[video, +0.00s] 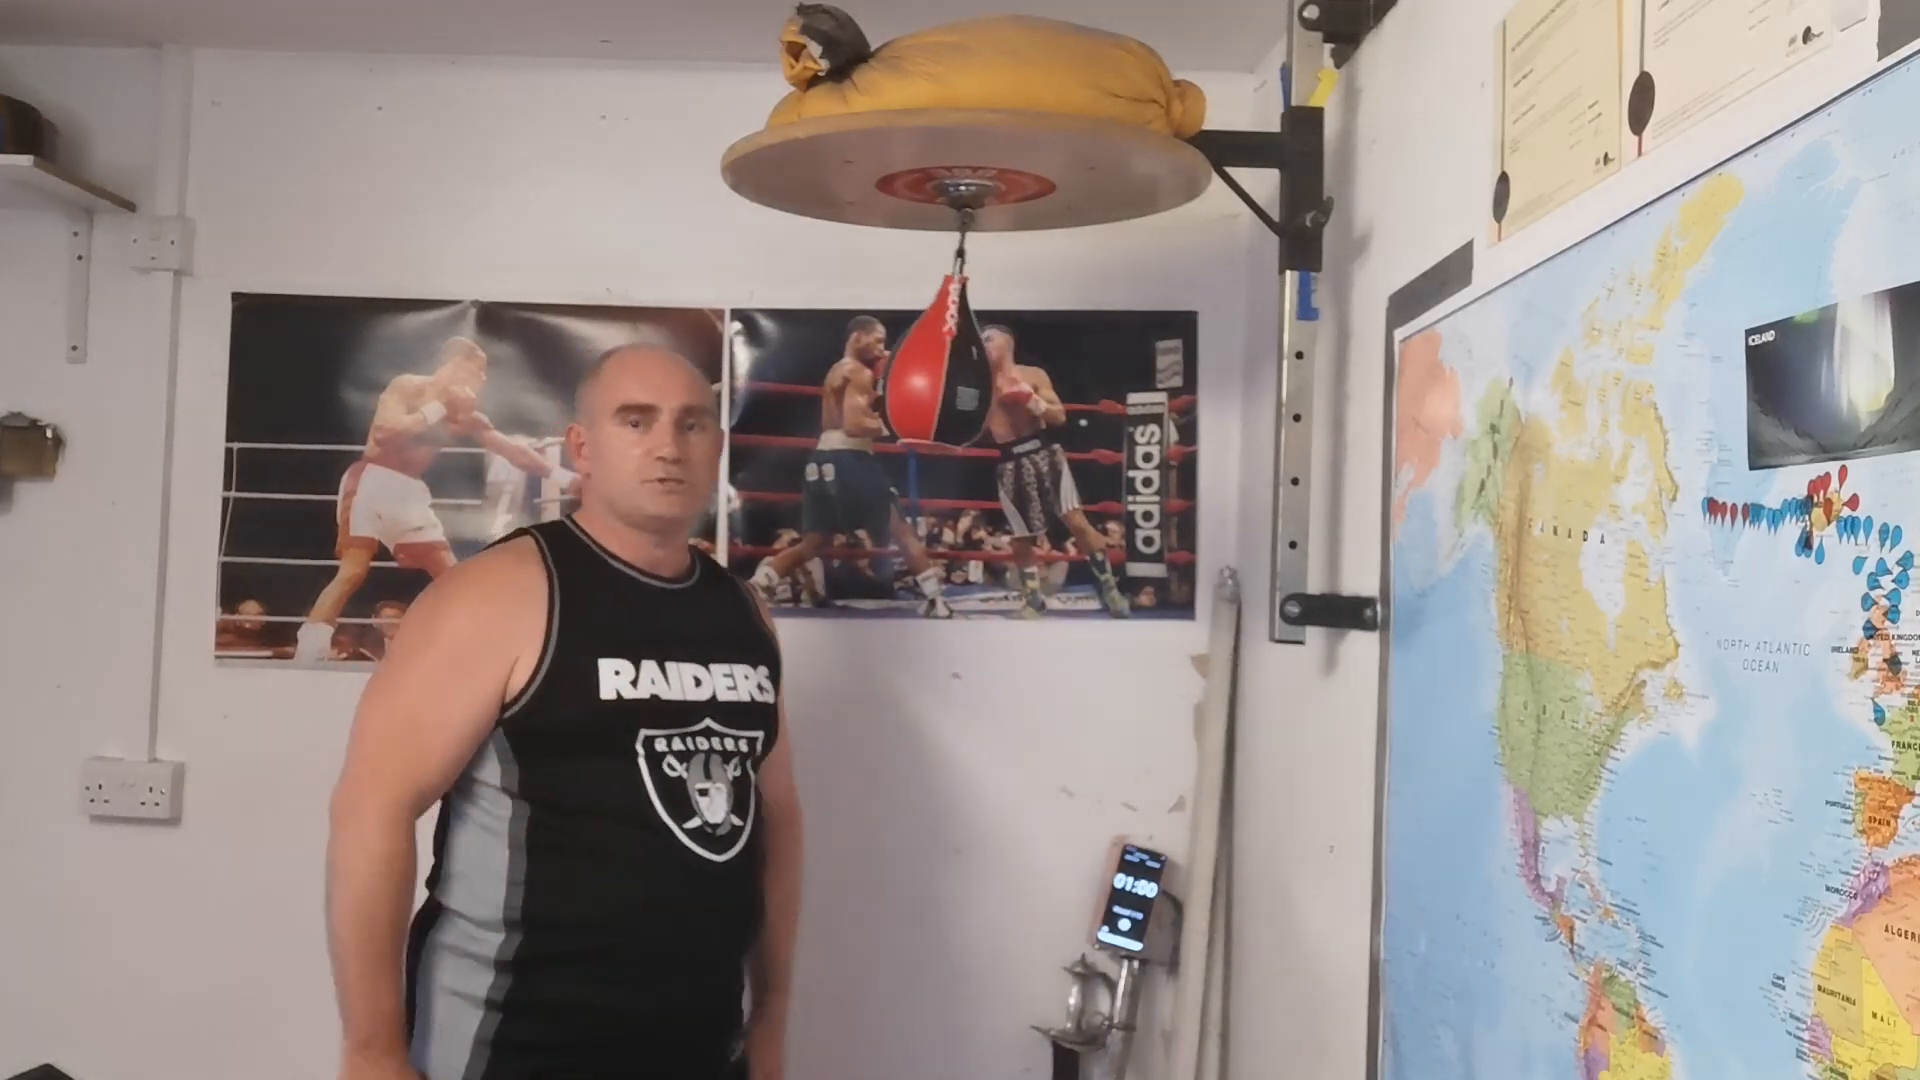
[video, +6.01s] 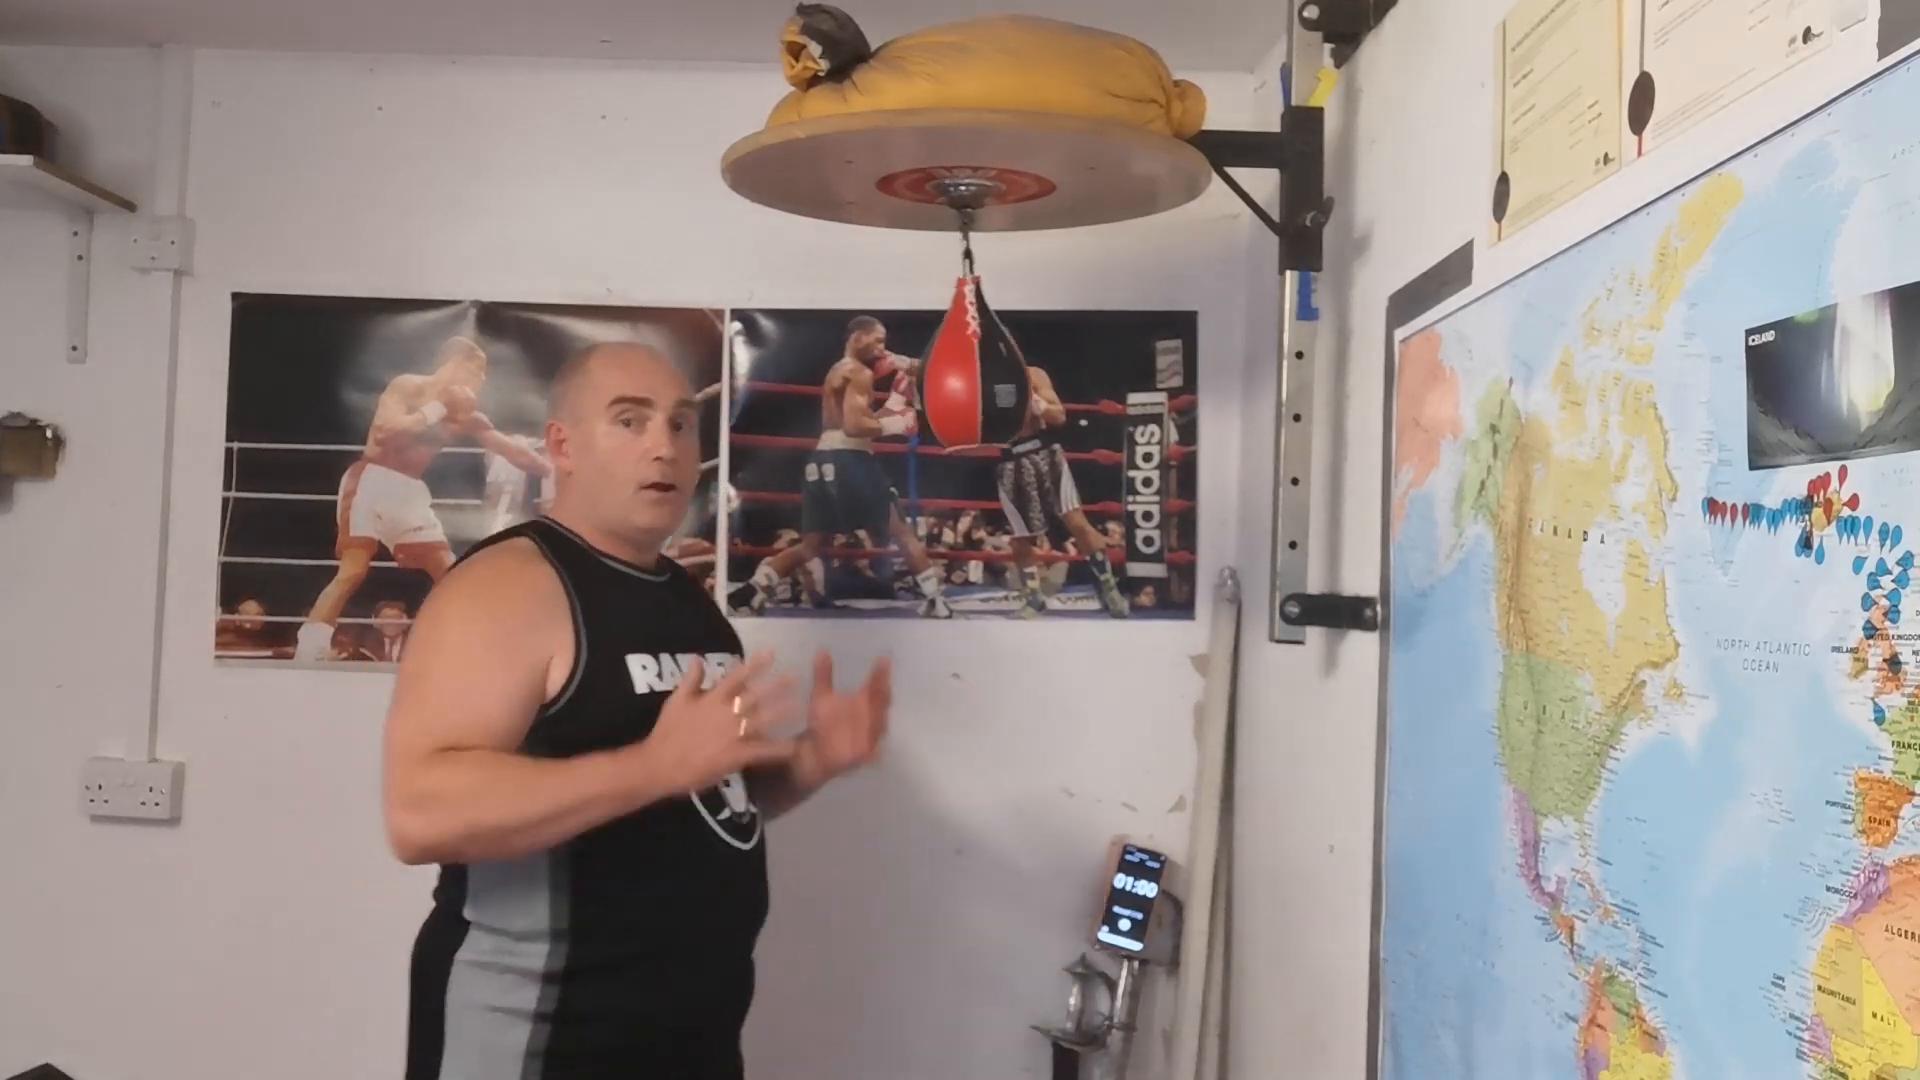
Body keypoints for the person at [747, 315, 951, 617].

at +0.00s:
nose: (882, 349)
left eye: (883, 343)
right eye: (878, 341)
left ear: (854, 341)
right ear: (857, 338)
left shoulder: (833, 373)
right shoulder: (859, 373)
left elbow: (834, 421)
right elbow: (854, 424)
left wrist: (876, 372)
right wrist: (886, 425)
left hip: (820, 462)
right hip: (853, 462)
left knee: (814, 542)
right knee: (903, 531)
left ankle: (754, 588)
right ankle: (937, 600)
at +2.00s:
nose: (881, 348)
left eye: (882, 342)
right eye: (878, 341)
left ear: (855, 340)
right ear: (857, 337)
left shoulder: (833, 373)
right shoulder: (859, 373)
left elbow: (834, 422)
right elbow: (854, 425)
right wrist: (887, 424)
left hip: (820, 462)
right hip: (853, 461)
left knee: (815, 541)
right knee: (900, 529)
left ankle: (756, 588)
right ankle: (936, 597)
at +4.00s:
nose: (881, 349)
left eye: (883, 343)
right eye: (877, 342)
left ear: (856, 340)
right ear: (857, 338)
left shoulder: (834, 373)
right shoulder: (859, 373)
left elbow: (861, 419)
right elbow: (854, 425)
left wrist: (888, 406)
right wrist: (891, 424)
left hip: (820, 463)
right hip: (852, 463)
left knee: (815, 542)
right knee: (901, 529)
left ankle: (756, 587)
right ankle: (935, 597)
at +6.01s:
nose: (881, 348)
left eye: (882, 342)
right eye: (877, 342)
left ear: (854, 341)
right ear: (858, 339)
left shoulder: (834, 372)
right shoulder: (860, 372)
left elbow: (846, 420)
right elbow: (854, 424)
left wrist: (886, 410)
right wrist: (896, 424)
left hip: (820, 463)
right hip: (853, 464)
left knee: (811, 544)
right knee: (902, 531)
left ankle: (753, 589)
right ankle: (935, 598)